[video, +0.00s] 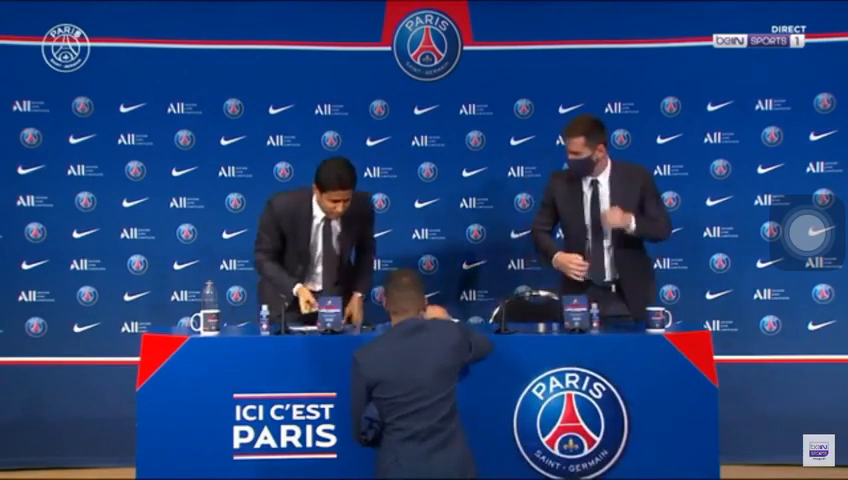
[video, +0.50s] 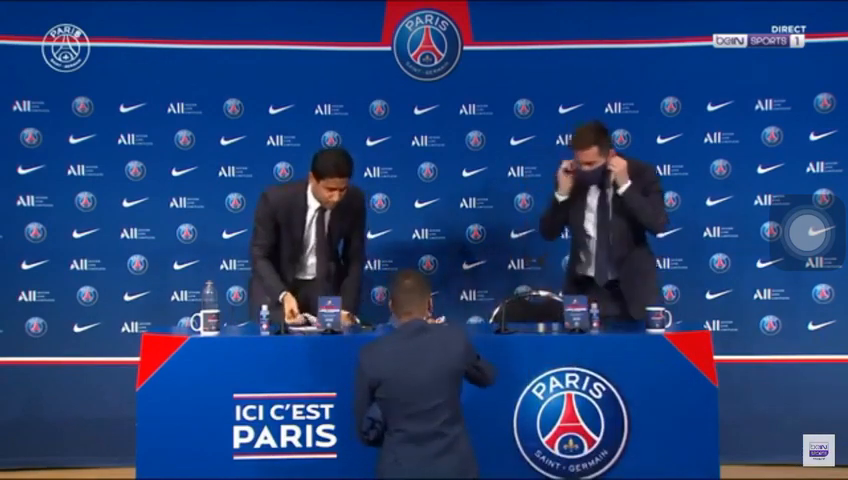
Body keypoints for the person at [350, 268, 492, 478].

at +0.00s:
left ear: (386, 305)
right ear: (424, 305)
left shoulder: (366, 357)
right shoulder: (449, 335)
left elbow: (362, 430)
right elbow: (484, 347)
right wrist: (447, 322)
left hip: (398, 461)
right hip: (450, 457)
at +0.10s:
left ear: (388, 306)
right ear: (425, 305)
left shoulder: (367, 357)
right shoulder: (449, 334)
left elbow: (362, 430)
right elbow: (484, 346)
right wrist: (448, 321)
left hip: (398, 459)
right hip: (451, 456)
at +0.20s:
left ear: (389, 306)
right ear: (426, 304)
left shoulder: (370, 356)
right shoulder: (450, 335)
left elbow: (363, 428)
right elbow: (484, 346)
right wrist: (449, 322)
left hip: (400, 460)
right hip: (452, 457)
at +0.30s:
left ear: (389, 306)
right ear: (427, 303)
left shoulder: (369, 356)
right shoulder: (453, 336)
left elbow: (364, 428)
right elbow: (487, 352)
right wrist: (446, 324)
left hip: (400, 460)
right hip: (453, 458)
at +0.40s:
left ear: (390, 306)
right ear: (428, 303)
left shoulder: (370, 355)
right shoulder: (451, 338)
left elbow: (364, 430)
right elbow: (488, 371)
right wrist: (444, 332)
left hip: (400, 462)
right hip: (452, 460)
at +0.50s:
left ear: (391, 306)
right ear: (430, 304)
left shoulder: (372, 354)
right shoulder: (452, 339)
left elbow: (365, 427)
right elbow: (486, 377)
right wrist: (442, 332)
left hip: (400, 462)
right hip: (452, 460)